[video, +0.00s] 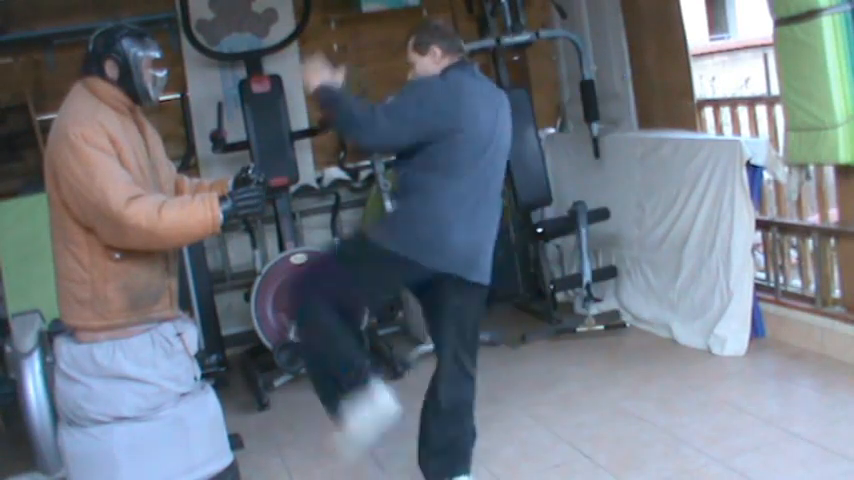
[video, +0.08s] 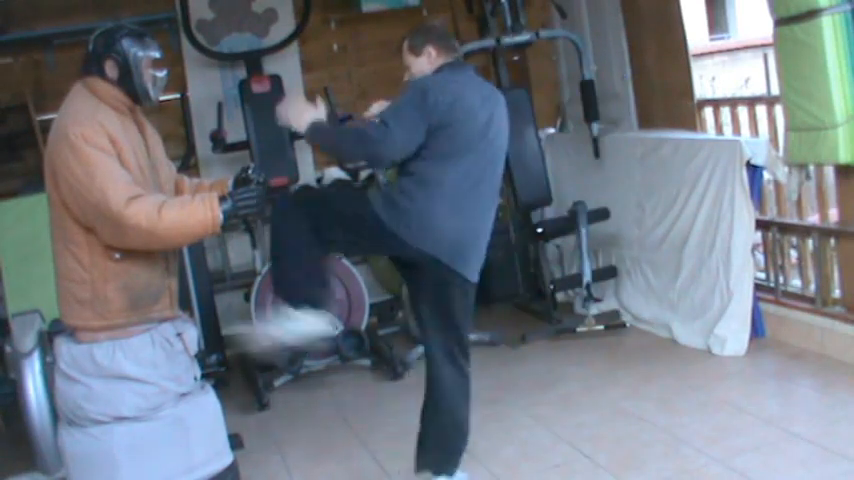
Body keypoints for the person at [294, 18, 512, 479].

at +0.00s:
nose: (412, 73)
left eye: (415, 63)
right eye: (411, 64)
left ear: (439, 54)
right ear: (455, 55)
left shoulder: (440, 93)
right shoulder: (500, 102)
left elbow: (374, 130)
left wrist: (326, 91)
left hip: (415, 239)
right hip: (471, 254)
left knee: (316, 291)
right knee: (457, 365)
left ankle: (360, 394)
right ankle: (452, 470)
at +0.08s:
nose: (409, 75)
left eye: (410, 66)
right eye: (407, 66)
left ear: (430, 54)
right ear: (451, 55)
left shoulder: (431, 90)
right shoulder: (495, 101)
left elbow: (384, 145)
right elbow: (453, 154)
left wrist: (312, 123)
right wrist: (391, 121)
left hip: (407, 221)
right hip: (461, 249)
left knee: (297, 208)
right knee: (449, 355)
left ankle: (305, 308)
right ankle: (440, 468)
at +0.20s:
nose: (405, 83)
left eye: (407, 73)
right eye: (404, 75)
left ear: (431, 60)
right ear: (451, 62)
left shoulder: (436, 91)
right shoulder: (493, 107)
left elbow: (403, 156)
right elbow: (456, 162)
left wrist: (332, 146)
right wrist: (404, 126)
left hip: (412, 221)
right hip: (461, 250)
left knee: (288, 210)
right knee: (437, 369)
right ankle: (423, 472)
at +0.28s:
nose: (415, 79)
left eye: (416, 71)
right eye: (413, 72)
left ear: (436, 60)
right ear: (457, 61)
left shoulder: (439, 92)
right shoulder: (501, 110)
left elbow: (400, 151)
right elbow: (464, 158)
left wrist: (335, 124)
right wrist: (411, 118)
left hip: (414, 230)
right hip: (467, 258)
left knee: (293, 256)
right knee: (442, 365)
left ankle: (207, 323)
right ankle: (428, 473)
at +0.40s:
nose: (427, 70)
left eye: (430, 59)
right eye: (426, 60)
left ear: (451, 51)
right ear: (470, 54)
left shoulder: (450, 90)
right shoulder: (514, 104)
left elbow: (388, 136)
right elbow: (510, 176)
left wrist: (345, 93)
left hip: (421, 245)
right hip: (479, 257)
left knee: (327, 323)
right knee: (452, 370)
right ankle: (438, 470)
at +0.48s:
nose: (435, 66)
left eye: (437, 56)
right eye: (434, 57)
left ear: (458, 48)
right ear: (485, 50)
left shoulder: (451, 91)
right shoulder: (521, 104)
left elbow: (389, 137)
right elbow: (524, 183)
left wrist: (358, 90)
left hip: (433, 259)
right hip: (492, 262)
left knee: (391, 371)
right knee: (458, 375)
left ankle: (454, 467)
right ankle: (446, 468)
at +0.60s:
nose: (432, 72)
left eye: (434, 60)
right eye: (432, 62)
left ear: (454, 53)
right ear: (475, 54)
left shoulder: (460, 100)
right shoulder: (525, 102)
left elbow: (405, 175)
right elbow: (539, 190)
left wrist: (366, 122)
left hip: (473, 269)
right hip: (519, 264)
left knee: (489, 388)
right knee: (471, 376)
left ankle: (539, 474)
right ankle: (448, 468)